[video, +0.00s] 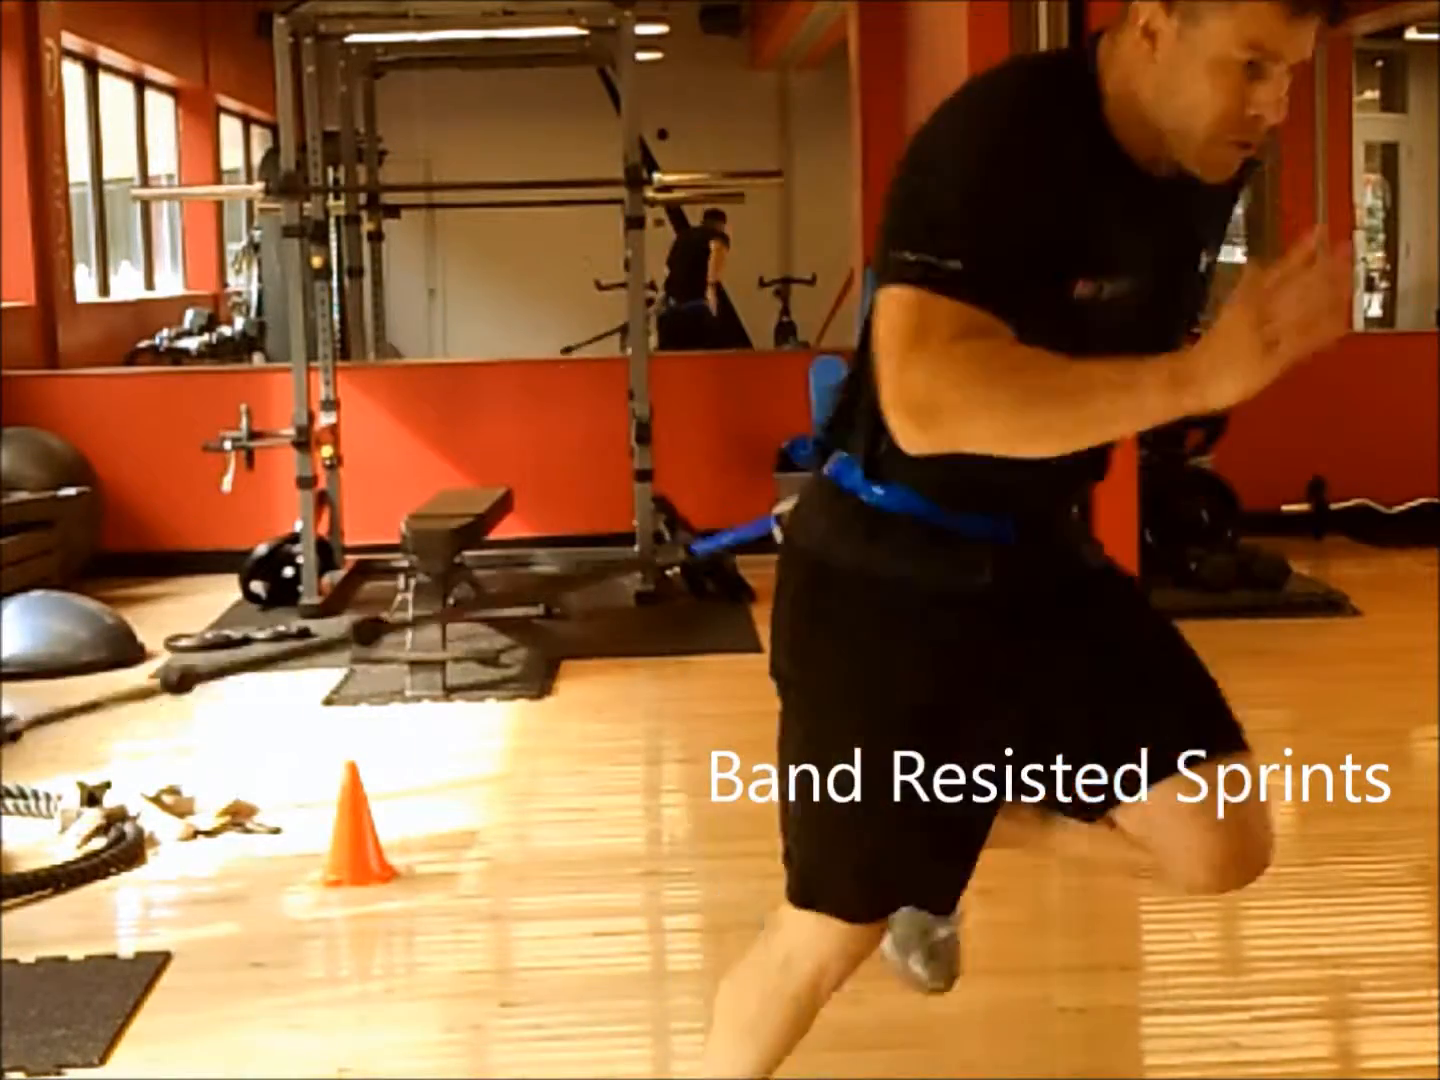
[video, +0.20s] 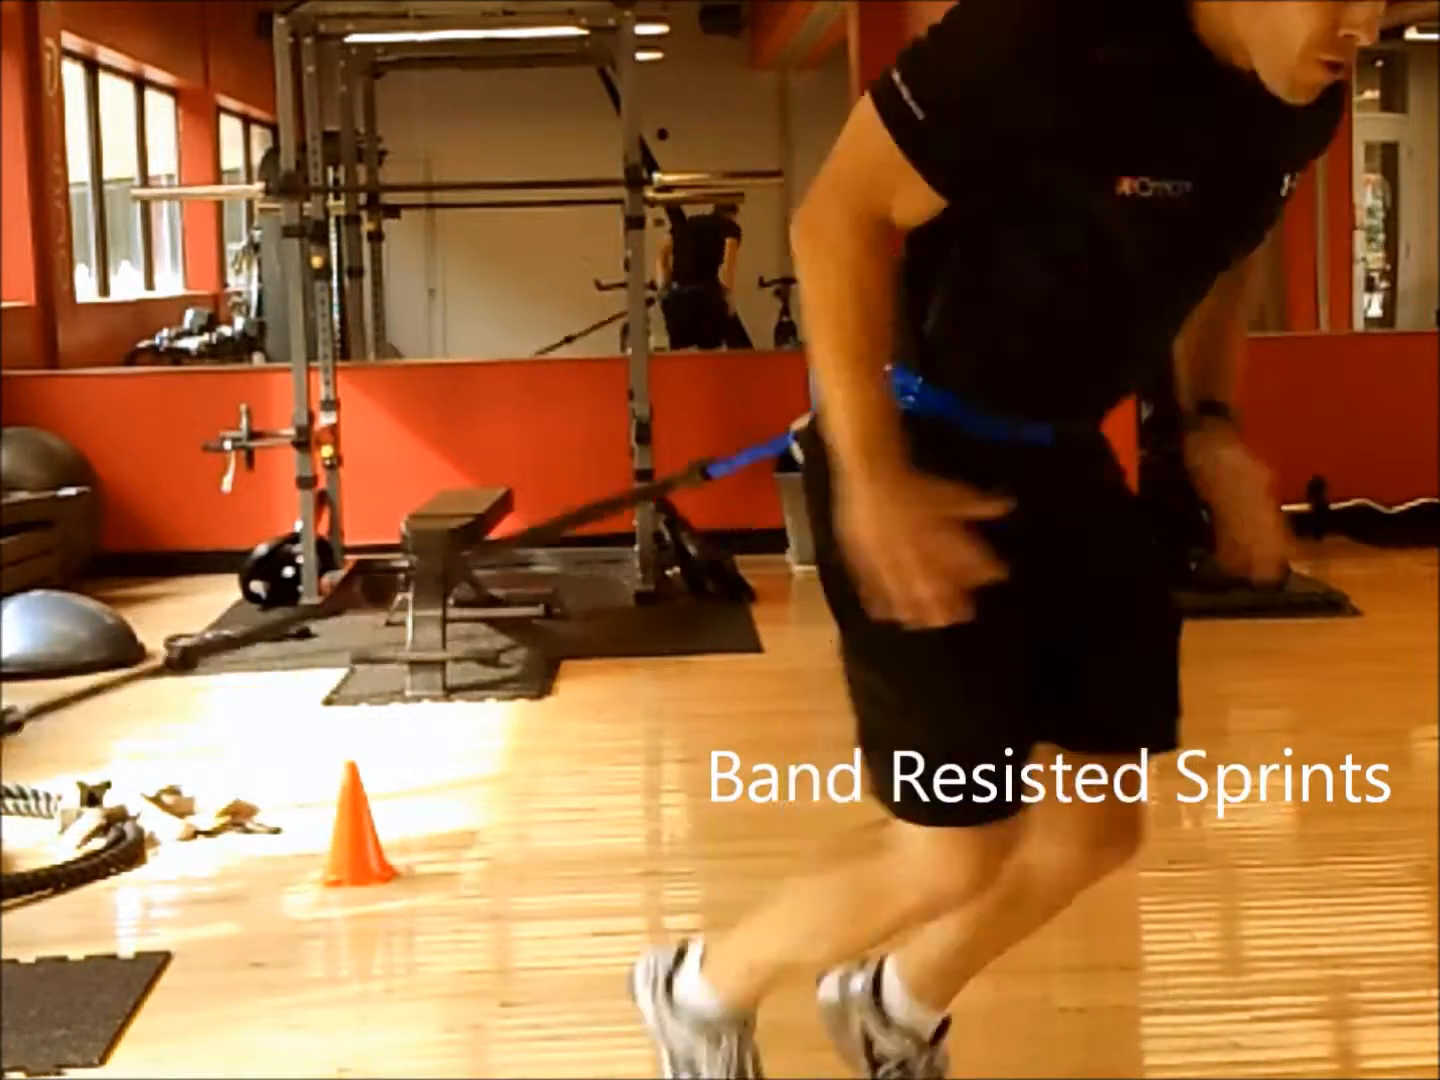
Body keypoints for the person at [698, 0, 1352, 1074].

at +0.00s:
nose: (1276, 110)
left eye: (1292, 74)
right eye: (1252, 67)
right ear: (1142, 31)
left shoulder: (1207, 164)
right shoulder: (991, 132)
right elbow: (930, 394)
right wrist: (1197, 374)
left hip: (1044, 556)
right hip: (880, 562)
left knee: (1218, 844)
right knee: (836, 922)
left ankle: (946, 812)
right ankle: (719, 1070)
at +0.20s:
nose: (1367, 28)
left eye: (1386, 6)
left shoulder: (1307, 99)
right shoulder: (1035, 36)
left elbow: (1219, 246)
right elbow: (840, 213)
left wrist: (1209, 420)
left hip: (1073, 447)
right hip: (912, 440)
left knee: (1095, 823)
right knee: (952, 847)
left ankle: (895, 1005)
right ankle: (698, 988)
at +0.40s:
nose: (1337, 103)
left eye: (1360, 70)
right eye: (1319, 57)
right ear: (1220, 17)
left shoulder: (1303, 167)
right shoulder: (1009, 91)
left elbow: (1299, 343)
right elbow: (772, 173)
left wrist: (1376, 415)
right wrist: (682, 409)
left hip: (1066, 525)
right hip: (924, 511)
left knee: (964, 834)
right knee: (1068, 859)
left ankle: (836, 1043)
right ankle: (787, 864)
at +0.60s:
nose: (1311, 99)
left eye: (1326, 64)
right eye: (1289, 56)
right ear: (1179, 21)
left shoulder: (1231, 157)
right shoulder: (1022, 114)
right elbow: (960, 381)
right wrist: (1237, 361)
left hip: (1065, 549)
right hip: (902, 554)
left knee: (1264, 837)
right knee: (838, 904)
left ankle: (980, 812)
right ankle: (702, 1072)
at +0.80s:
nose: (1402, 29)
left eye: (1416, 8)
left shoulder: (1328, 107)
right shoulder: (1069, 40)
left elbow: (1218, 274)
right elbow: (866, 238)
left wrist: (1203, 459)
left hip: (1102, 455)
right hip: (933, 445)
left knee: (1101, 836)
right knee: (944, 864)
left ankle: (907, 1026)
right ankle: (716, 1037)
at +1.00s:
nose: (1387, 115)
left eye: (1404, 84)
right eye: (1368, 74)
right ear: (1262, 28)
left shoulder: (1341, 176)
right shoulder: (1049, 103)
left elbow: (1336, 359)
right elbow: (804, 183)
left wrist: (1423, 434)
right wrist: (713, 411)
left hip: (1077, 524)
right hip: (938, 504)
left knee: (966, 840)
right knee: (1104, 840)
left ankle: (845, 1048)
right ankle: (832, 915)